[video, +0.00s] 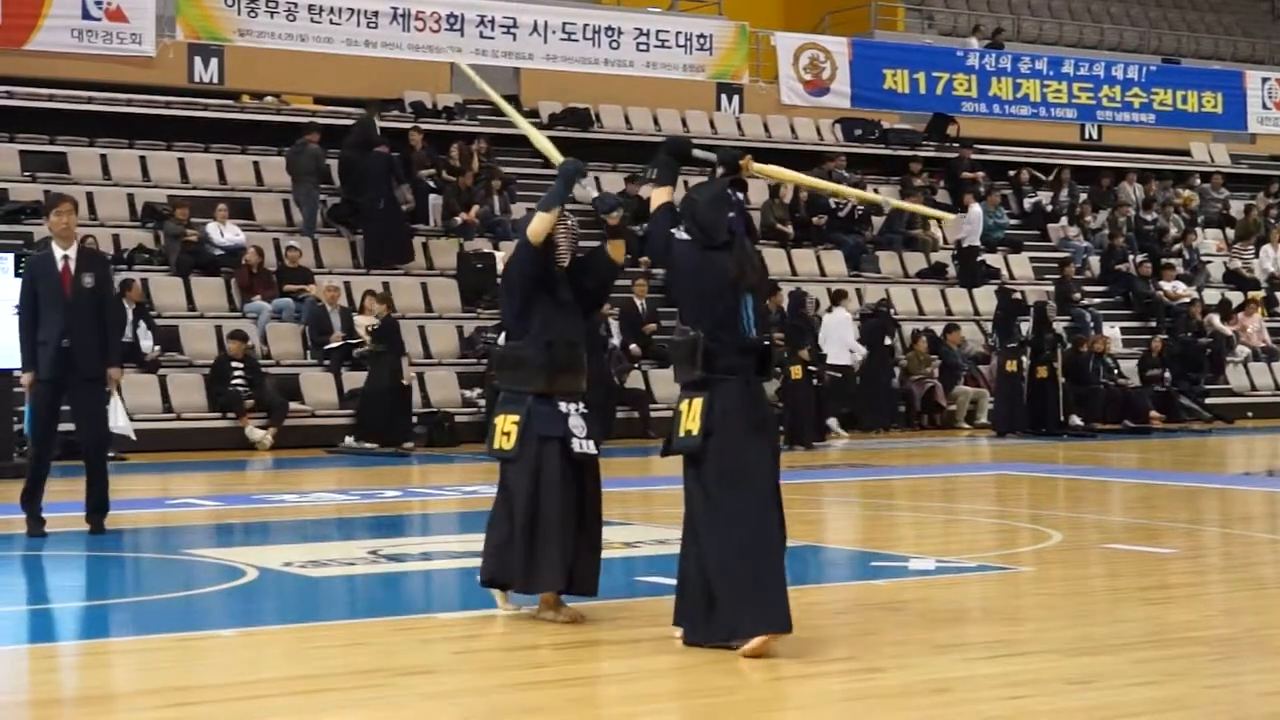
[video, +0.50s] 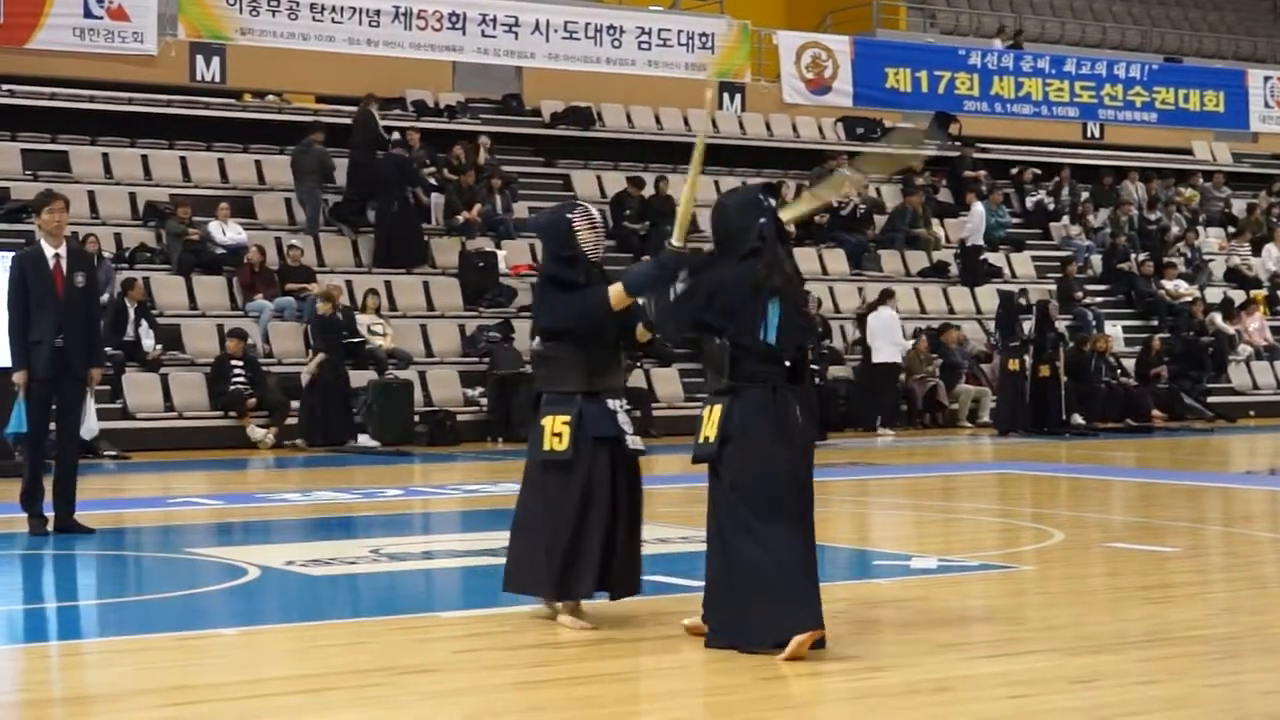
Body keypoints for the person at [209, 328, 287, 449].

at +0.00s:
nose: (230, 347)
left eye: (234, 343)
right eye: (230, 343)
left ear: (243, 345)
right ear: (228, 344)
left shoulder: (252, 361)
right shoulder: (221, 361)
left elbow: (259, 383)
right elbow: (213, 384)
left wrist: (254, 399)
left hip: (251, 397)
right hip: (227, 399)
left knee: (281, 403)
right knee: (234, 395)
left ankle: (269, 435)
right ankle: (248, 427)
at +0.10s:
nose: (230, 346)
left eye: (234, 343)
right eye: (229, 343)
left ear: (243, 345)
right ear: (227, 344)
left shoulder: (251, 361)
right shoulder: (220, 361)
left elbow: (259, 383)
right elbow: (213, 385)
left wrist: (254, 399)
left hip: (251, 398)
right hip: (227, 400)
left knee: (281, 403)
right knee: (235, 394)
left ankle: (269, 435)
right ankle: (248, 428)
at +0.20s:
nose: (227, 345)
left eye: (231, 342)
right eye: (227, 342)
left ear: (242, 344)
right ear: (226, 343)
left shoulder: (250, 361)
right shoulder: (220, 361)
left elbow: (259, 382)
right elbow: (214, 385)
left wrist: (255, 398)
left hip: (250, 396)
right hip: (227, 399)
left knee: (282, 402)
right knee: (235, 394)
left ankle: (270, 435)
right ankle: (249, 427)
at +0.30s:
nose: (227, 345)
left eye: (231, 341)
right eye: (227, 341)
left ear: (241, 344)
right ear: (225, 342)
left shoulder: (251, 360)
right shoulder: (220, 360)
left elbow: (260, 382)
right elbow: (214, 384)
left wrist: (255, 398)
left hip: (251, 396)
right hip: (228, 398)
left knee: (282, 402)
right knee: (236, 394)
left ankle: (270, 435)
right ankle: (249, 427)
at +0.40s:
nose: (227, 344)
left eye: (231, 341)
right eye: (227, 341)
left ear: (242, 344)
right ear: (226, 342)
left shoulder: (251, 360)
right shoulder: (220, 360)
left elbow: (260, 382)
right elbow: (214, 384)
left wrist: (256, 398)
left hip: (251, 395)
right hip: (228, 398)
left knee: (282, 402)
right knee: (236, 395)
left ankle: (270, 434)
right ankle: (249, 427)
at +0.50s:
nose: (227, 344)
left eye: (231, 341)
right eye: (227, 341)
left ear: (242, 343)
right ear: (226, 342)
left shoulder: (251, 360)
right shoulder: (220, 360)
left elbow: (261, 382)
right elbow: (215, 384)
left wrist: (256, 397)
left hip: (251, 394)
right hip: (229, 397)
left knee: (282, 402)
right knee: (236, 395)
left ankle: (271, 434)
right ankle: (249, 427)